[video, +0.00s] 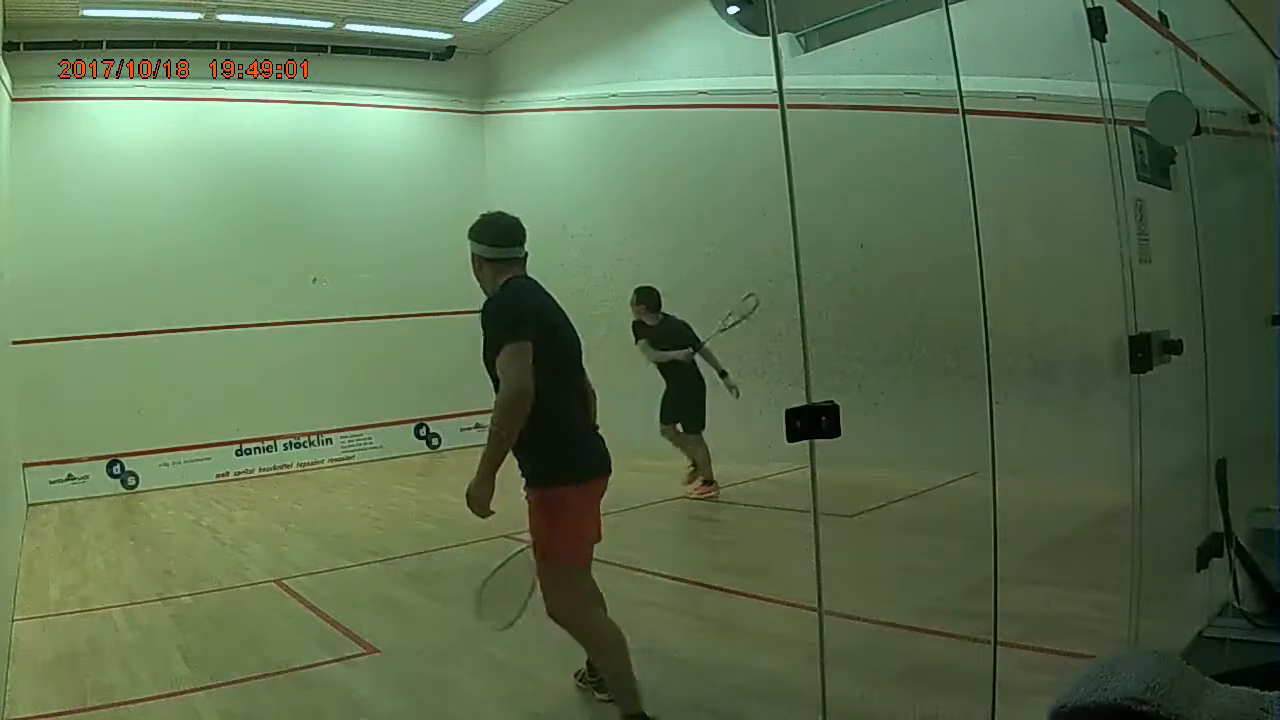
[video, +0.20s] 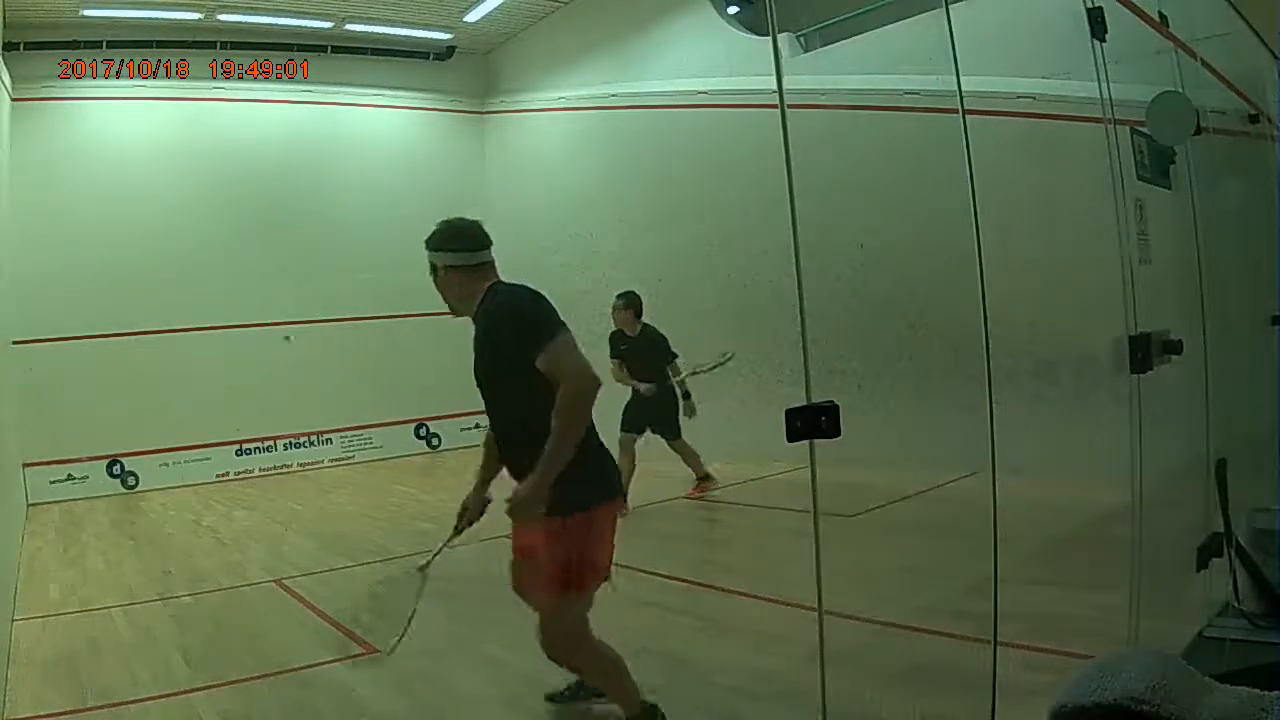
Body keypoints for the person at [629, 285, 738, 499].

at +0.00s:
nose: (632, 309)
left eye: (634, 305)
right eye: (632, 305)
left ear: (643, 308)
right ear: (648, 308)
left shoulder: (676, 327)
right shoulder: (638, 326)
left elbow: (702, 350)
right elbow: (650, 355)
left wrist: (724, 376)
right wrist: (676, 355)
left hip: (692, 384)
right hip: (673, 385)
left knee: (692, 434)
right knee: (667, 430)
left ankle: (709, 480)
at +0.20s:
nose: (613, 315)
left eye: (617, 311)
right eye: (613, 310)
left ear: (632, 313)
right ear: (624, 314)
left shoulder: (653, 337)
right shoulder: (616, 338)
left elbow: (674, 368)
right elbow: (616, 372)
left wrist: (687, 396)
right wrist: (637, 385)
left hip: (663, 394)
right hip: (638, 395)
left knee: (675, 441)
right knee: (625, 441)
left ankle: (705, 477)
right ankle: (621, 498)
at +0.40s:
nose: (596, 305)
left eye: (601, 301)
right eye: (596, 301)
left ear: (617, 303)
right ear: (600, 304)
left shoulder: (634, 332)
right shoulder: (600, 333)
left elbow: (648, 367)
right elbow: (596, 368)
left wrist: (645, 397)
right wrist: (595, 397)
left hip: (632, 400)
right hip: (608, 400)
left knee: (636, 447)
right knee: (608, 446)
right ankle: (615, 494)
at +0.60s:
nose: (584, 307)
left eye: (590, 303)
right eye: (583, 303)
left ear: (605, 305)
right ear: (583, 306)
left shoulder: (612, 336)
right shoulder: (591, 334)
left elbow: (619, 377)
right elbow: (588, 370)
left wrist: (595, 400)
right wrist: (572, 397)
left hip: (614, 406)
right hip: (601, 406)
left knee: (595, 453)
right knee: (600, 454)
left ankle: (607, 503)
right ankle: (615, 498)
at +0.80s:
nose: (566, 300)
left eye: (572, 296)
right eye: (567, 295)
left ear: (588, 300)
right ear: (585, 301)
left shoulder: (593, 332)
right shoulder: (589, 330)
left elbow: (592, 376)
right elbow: (590, 375)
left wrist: (554, 397)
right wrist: (580, 404)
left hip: (600, 410)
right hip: (599, 408)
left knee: (574, 469)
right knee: (599, 459)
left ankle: (601, 530)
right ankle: (616, 503)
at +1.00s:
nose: (554, 282)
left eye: (558, 276)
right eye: (556, 276)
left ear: (569, 279)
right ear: (577, 278)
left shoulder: (579, 310)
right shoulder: (581, 307)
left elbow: (586, 359)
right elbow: (587, 359)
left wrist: (557, 392)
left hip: (585, 395)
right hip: (599, 394)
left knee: (564, 464)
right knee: (596, 463)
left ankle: (598, 524)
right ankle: (637, 518)